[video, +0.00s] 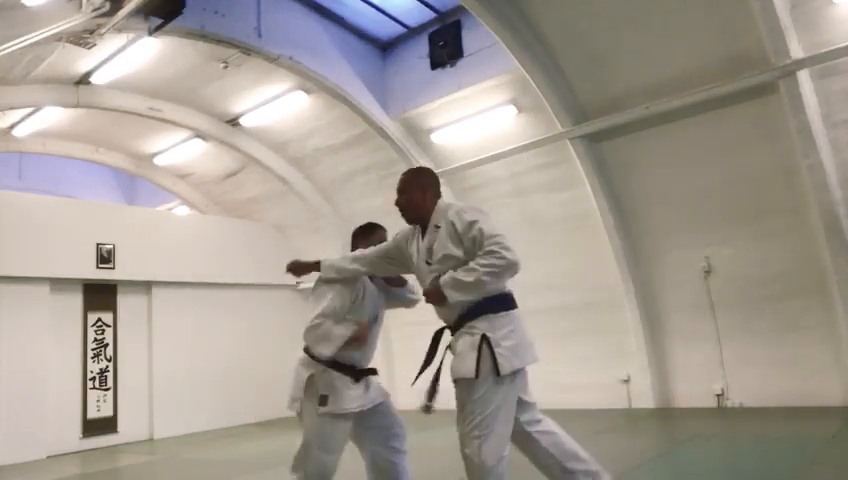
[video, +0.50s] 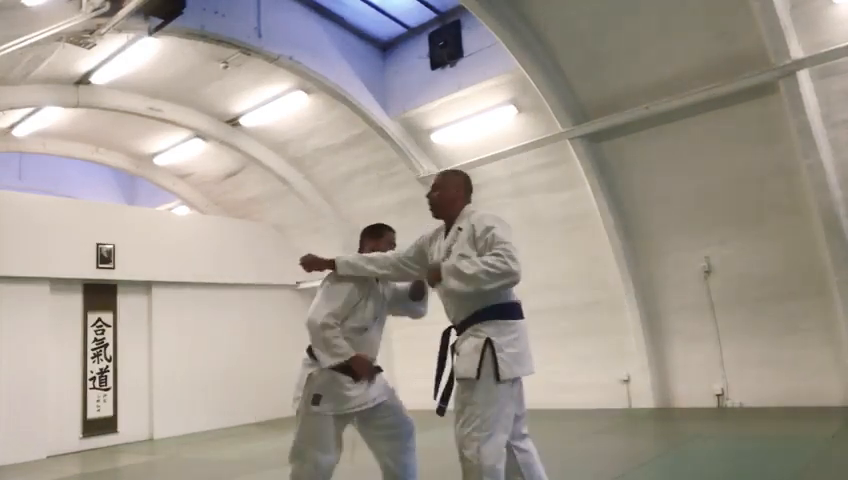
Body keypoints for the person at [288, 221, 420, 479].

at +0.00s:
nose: (383, 253)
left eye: (385, 247)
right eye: (376, 247)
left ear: (384, 253)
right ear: (358, 249)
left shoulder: (376, 284)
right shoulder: (342, 281)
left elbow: (410, 297)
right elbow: (314, 331)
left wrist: (383, 270)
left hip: (359, 381)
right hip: (328, 382)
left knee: (390, 442)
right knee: (318, 465)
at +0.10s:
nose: (384, 253)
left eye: (386, 247)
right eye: (377, 246)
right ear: (360, 248)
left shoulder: (377, 285)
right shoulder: (341, 281)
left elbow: (412, 297)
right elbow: (315, 329)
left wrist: (388, 274)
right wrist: (340, 357)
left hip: (364, 382)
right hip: (330, 386)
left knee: (397, 440)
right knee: (324, 468)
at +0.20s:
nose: (381, 255)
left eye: (384, 249)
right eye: (374, 248)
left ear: (385, 252)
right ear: (357, 249)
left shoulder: (375, 285)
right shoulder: (338, 282)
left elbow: (409, 298)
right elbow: (321, 330)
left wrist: (387, 274)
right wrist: (352, 353)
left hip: (362, 380)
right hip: (325, 382)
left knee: (396, 435)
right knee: (318, 462)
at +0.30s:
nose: (384, 251)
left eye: (385, 246)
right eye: (378, 245)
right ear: (357, 245)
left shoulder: (374, 284)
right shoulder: (338, 281)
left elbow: (411, 298)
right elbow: (321, 329)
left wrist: (391, 278)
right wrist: (354, 347)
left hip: (363, 378)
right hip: (324, 381)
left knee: (398, 441)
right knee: (313, 463)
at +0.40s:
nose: (385, 252)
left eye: (387, 247)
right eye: (379, 246)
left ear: (388, 251)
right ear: (359, 246)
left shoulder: (377, 285)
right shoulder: (340, 280)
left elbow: (412, 300)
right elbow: (321, 327)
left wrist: (387, 273)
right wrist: (354, 347)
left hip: (363, 378)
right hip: (324, 379)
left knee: (397, 446)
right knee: (315, 462)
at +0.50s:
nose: (392, 252)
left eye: (394, 247)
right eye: (388, 245)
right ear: (366, 245)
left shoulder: (382, 286)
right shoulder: (344, 279)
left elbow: (414, 309)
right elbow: (319, 322)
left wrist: (420, 282)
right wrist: (349, 358)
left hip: (366, 379)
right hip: (328, 382)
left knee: (399, 434)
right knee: (315, 461)